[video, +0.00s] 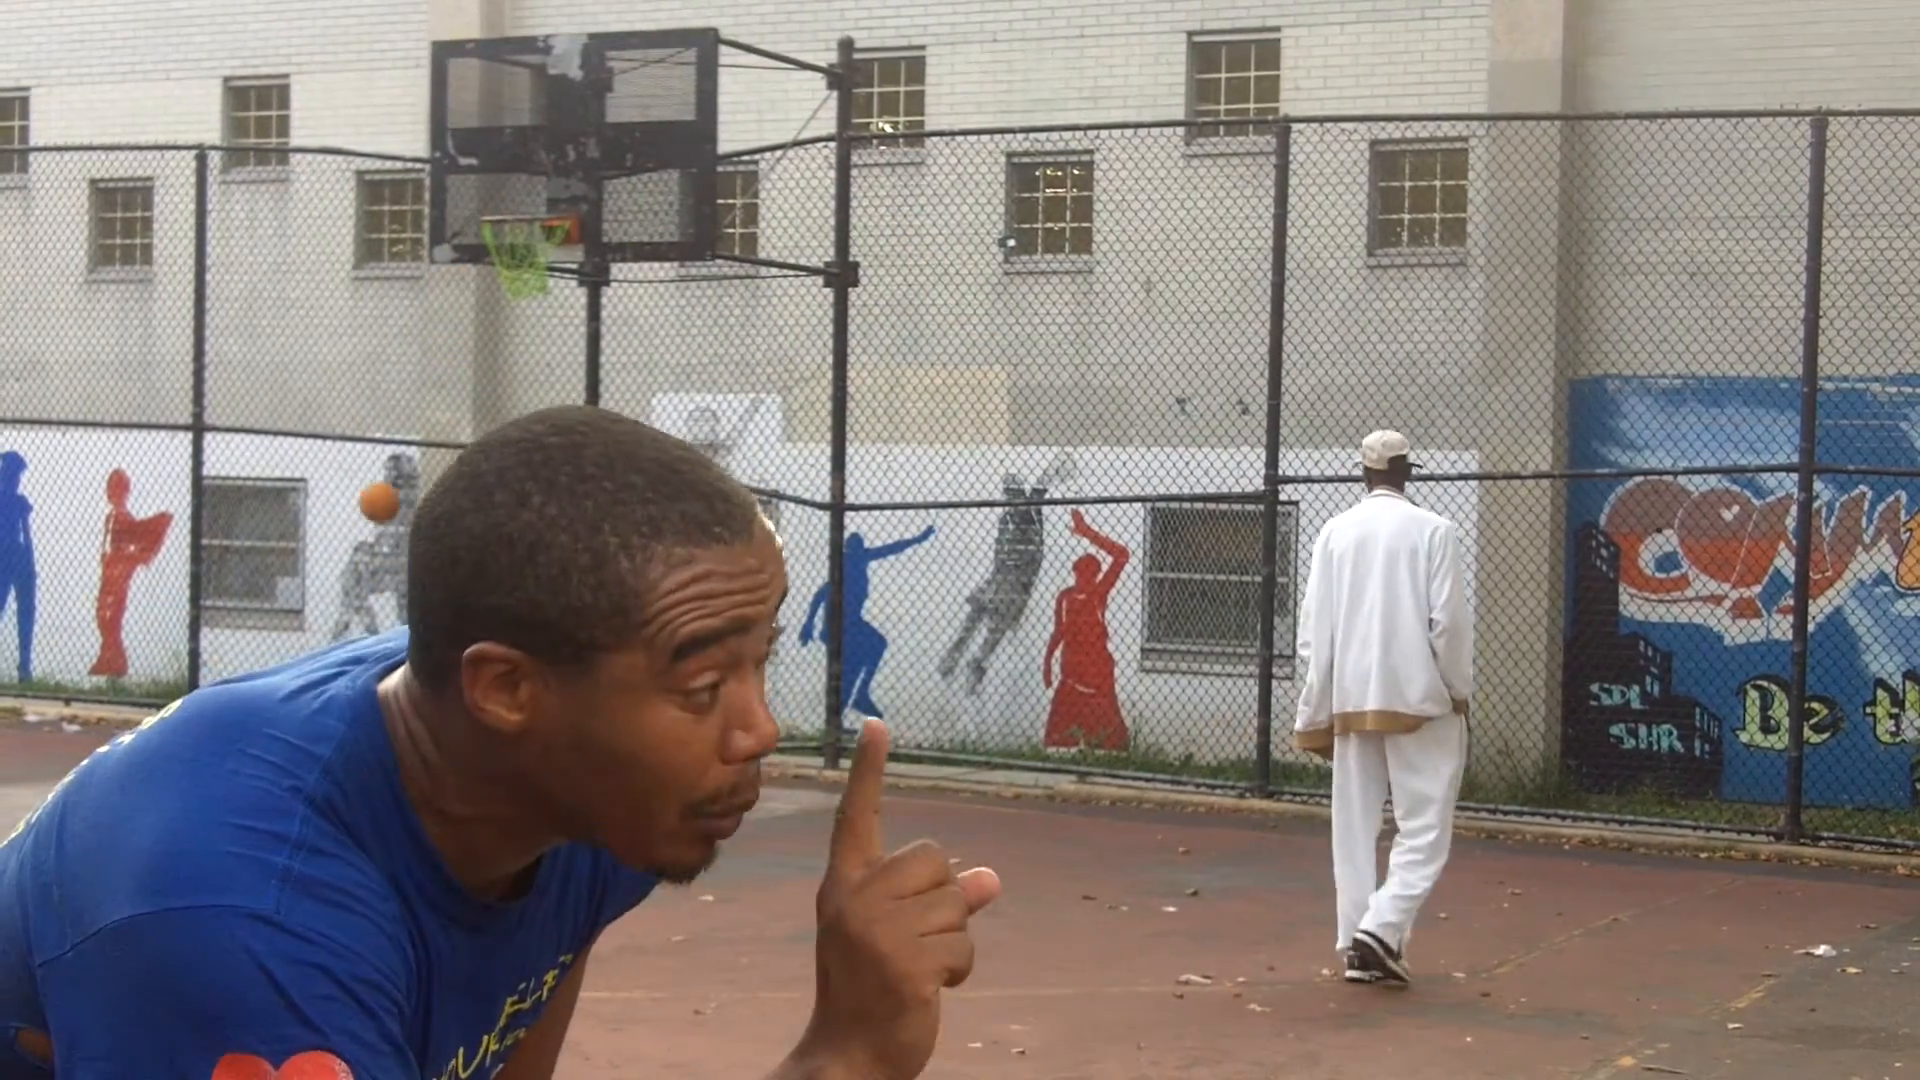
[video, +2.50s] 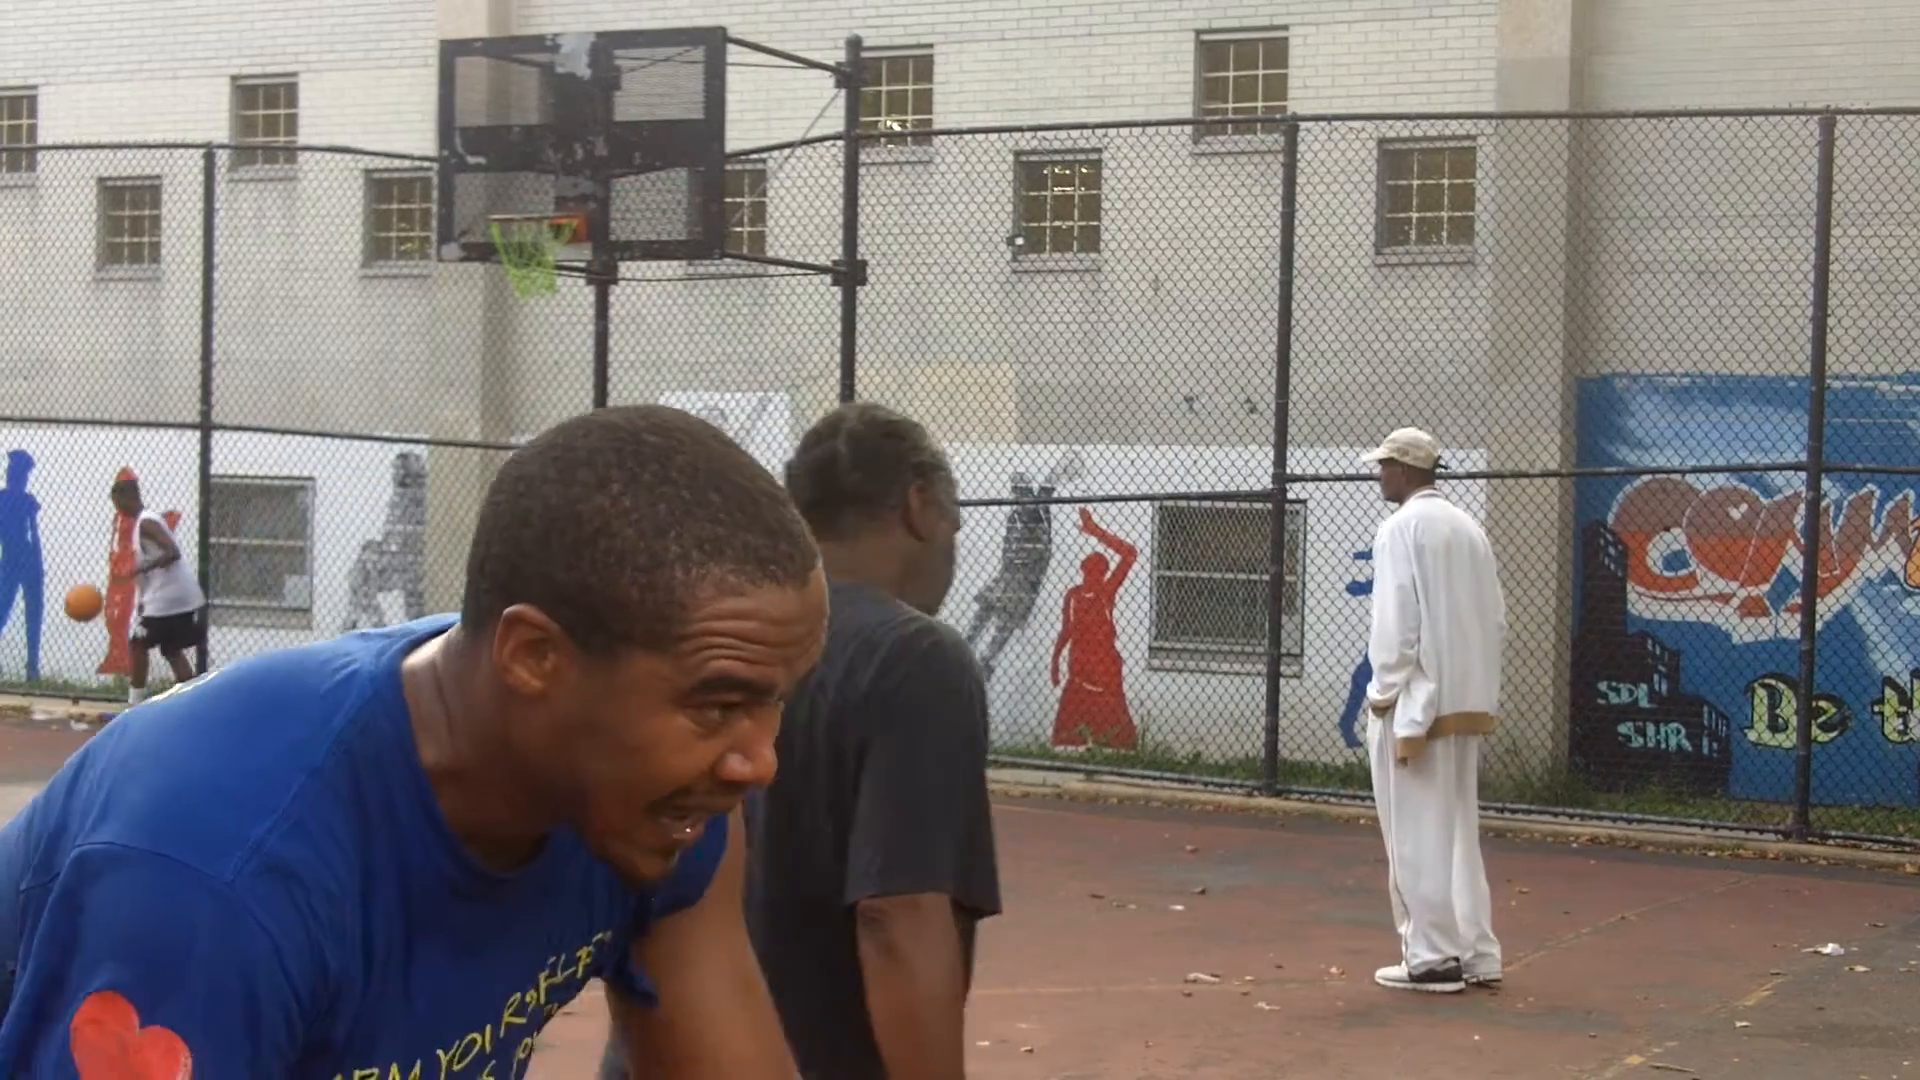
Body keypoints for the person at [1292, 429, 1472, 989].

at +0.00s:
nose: (1399, 477)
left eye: (1380, 470)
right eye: (1404, 470)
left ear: (1364, 476)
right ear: (1408, 474)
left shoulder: (1333, 532)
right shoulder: (1434, 530)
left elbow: (1312, 629)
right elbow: (1447, 623)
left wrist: (1316, 703)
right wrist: (1461, 692)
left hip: (1349, 695)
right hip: (1417, 694)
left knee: (1354, 822)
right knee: (1424, 826)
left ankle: (1358, 950)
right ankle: (1382, 930)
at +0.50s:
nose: (1470, 481)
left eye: (1454, 469)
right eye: (1480, 476)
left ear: (1439, 472)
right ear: (1484, 478)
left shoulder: (1395, 521)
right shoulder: (1498, 540)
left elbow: (1359, 615)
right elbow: (1504, 634)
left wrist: (1356, 687)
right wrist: (1494, 696)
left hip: (1385, 690)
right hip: (1459, 697)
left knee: (1369, 820)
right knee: (1460, 830)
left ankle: (1363, 939)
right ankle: (1461, 960)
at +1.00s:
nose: (1463, 476)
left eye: (1464, 469)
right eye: (1474, 471)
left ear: (1466, 473)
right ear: (1512, 482)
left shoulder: (1425, 519)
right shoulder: (1531, 543)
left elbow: (1390, 609)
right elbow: (1537, 636)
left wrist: (1377, 686)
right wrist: (1518, 700)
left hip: (1411, 686)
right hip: (1487, 695)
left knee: (1396, 815)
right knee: (1474, 821)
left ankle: (1388, 939)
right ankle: (1463, 960)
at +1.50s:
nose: (1426, 476)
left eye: (1429, 468)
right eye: (1428, 467)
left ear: (1443, 471)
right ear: (1477, 475)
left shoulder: (1417, 521)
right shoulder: (1512, 535)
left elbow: (1396, 614)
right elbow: (1531, 626)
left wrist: (1383, 687)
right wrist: (1514, 691)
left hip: (1421, 694)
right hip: (1487, 696)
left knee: (1417, 822)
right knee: (1480, 822)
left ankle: (1428, 950)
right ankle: (1472, 955)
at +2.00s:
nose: (1383, 477)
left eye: (1388, 469)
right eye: (1386, 468)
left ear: (1408, 472)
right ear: (1433, 472)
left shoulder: (1399, 527)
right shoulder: (1477, 529)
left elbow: (1394, 628)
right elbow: (1503, 620)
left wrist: (1380, 698)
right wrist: (1488, 693)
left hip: (1414, 701)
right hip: (1470, 699)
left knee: (1412, 830)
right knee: (1465, 824)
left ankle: (1432, 958)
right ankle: (1470, 954)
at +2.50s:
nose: (1378, 478)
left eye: (1383, 469)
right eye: (1380, 469)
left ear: (1403, 471)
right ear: (1427, 472)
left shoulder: (1400, 526)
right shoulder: (1469, 526)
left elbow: (1396, 627)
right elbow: (1495, 618)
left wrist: (1382, 697)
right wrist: (1480, 690)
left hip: (1415, 703)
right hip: (1466, 701)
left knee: (1413, 832)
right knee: (1458, 826)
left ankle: (1433, 957)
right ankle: (1479, 954)